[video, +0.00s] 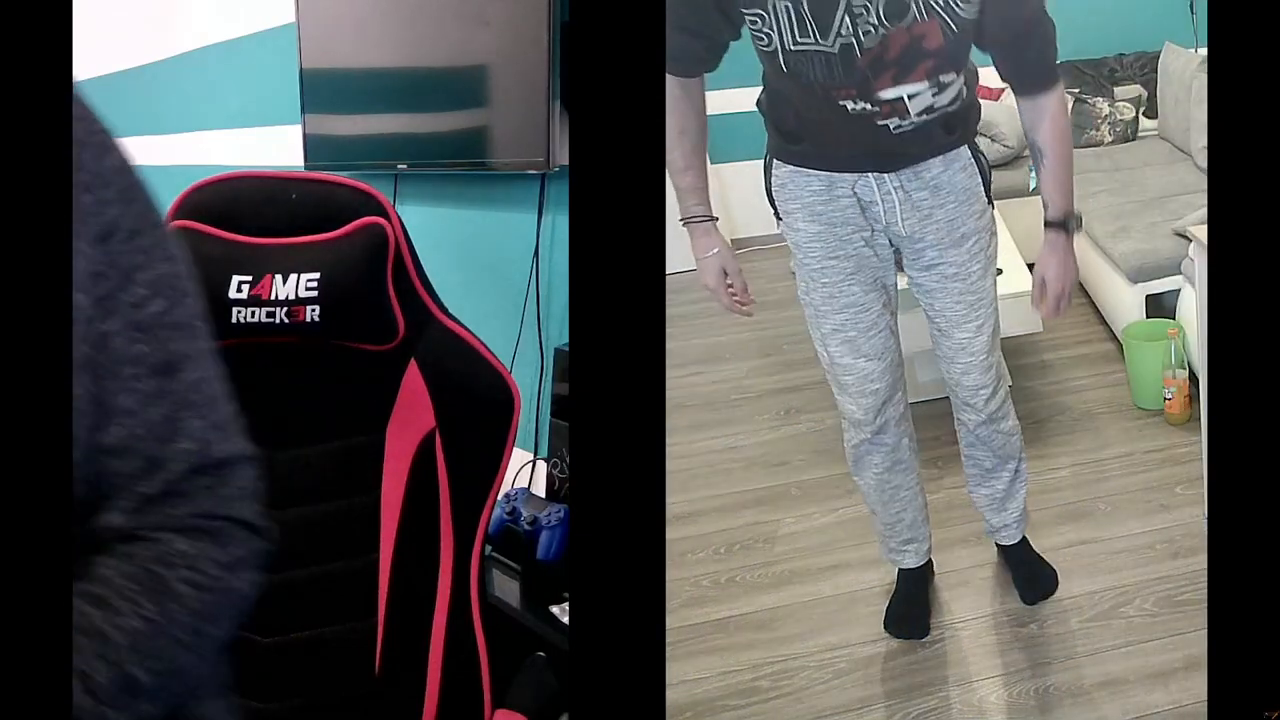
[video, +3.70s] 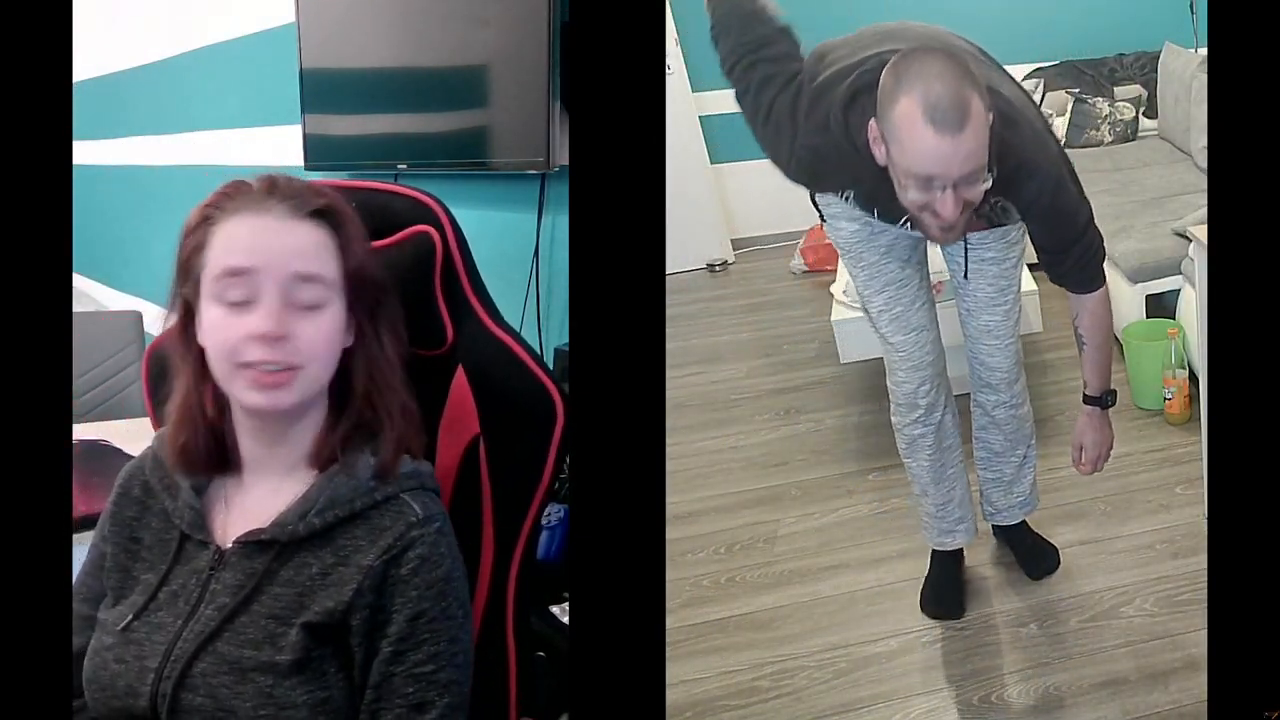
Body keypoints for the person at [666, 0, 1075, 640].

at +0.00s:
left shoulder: (997, 5)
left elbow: (1038, 80)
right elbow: (680, 67)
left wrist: (1060, 226)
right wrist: (698, 221)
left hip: (940, 169)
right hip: (816, 187)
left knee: (978, 379)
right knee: (866, 403)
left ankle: (1011, 534)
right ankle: (910, 562)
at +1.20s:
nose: (893, 6)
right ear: (806, 1)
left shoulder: (959, 34)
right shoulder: (739, 42)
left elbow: (1031, 164)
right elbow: (670, 162)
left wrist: (1051, 299)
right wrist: (712, 309)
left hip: (915, 177)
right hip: (793, 192)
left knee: (963, 358)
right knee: (856, 387)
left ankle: (1009, 520)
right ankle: (907, 535)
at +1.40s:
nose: (889, 34)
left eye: (898, 4)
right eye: (854, 11)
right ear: (799, 16)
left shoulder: (956, 67)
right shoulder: (729, 69)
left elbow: (1022, 192)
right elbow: (667, 144)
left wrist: (1029, 326)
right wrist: (683, 280)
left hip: (907, 181)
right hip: (783, 198)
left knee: (958, 358)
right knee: (853, 387)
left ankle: (1004, 508)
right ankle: (907, 535)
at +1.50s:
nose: (895, 48)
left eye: (906, 17)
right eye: (861, 25)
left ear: (922, 10)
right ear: (802, 27)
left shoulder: (961, 81)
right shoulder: (727, 76)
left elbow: (1022, 202)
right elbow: (668, 100)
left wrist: (1030, 335)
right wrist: (679, 192)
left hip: (909, 189)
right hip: (785, 203)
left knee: (959, 363)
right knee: (854, 386)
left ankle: (1004, 511)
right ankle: (908, 535)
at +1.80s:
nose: (890, 87)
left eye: (901, 55)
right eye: (855, 65)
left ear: (916, 41)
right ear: (802, 65)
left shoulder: (958, 100)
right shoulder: (730, 85)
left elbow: (1029, 221)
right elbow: (679, 14)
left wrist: (1052, 355)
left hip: (917, 190)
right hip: (792, 204)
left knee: (965, 365)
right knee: (857, 390)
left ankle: (1003, 511)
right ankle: (909, 537)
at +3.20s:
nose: (961, 126)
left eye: (982, 96)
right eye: (934, 96)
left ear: (997, 74)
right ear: (888, 79)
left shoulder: (1033, 134)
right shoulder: (814, 77)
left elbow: (1080, 261)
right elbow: (752, 1)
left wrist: (1086, 393)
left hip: (978, 196)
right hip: (856, 185)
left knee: (994, 363)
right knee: (891, 371)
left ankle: (1007, 512)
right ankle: (911, 532)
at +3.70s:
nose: (948, 211)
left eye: (968, 182)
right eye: (924, 186)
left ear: (988, 134)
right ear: (879, 145)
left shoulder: (1025, 150)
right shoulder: (813, 134)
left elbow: (1087, 276)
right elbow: (739, 23)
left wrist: (1097, 403)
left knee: (997, 354)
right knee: (915, 366)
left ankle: (1010, 516)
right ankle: (946, 541)